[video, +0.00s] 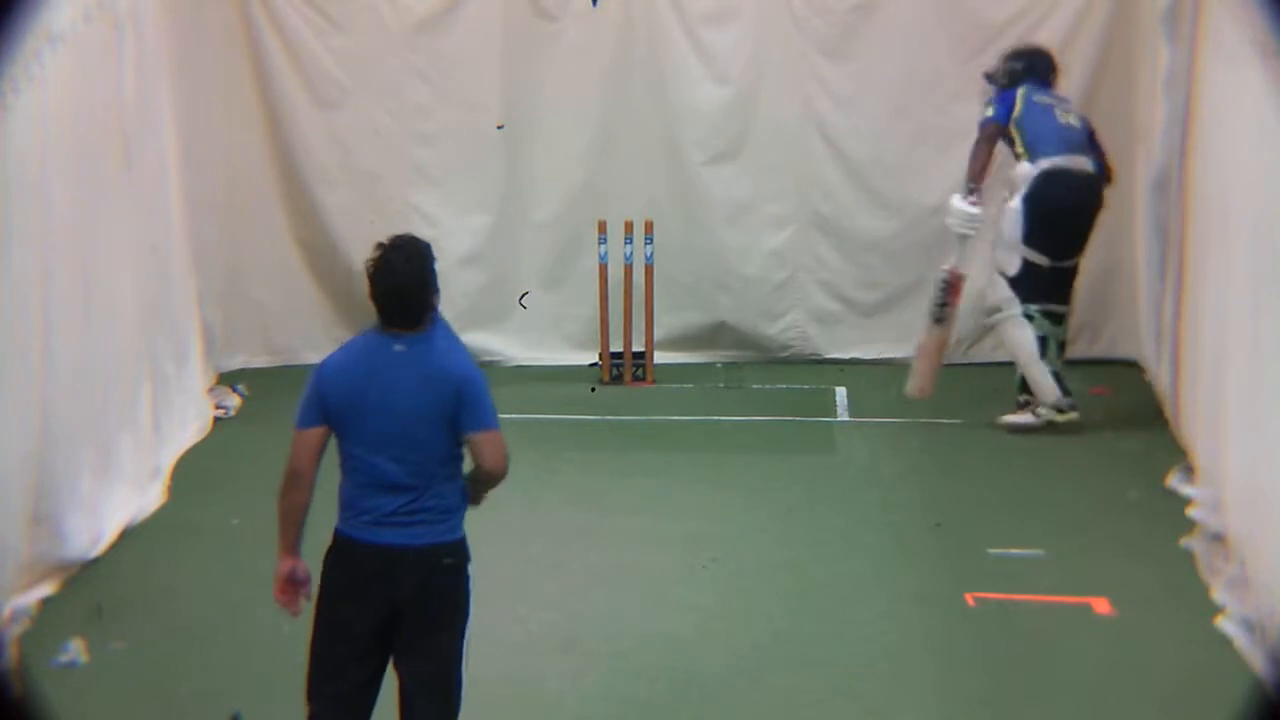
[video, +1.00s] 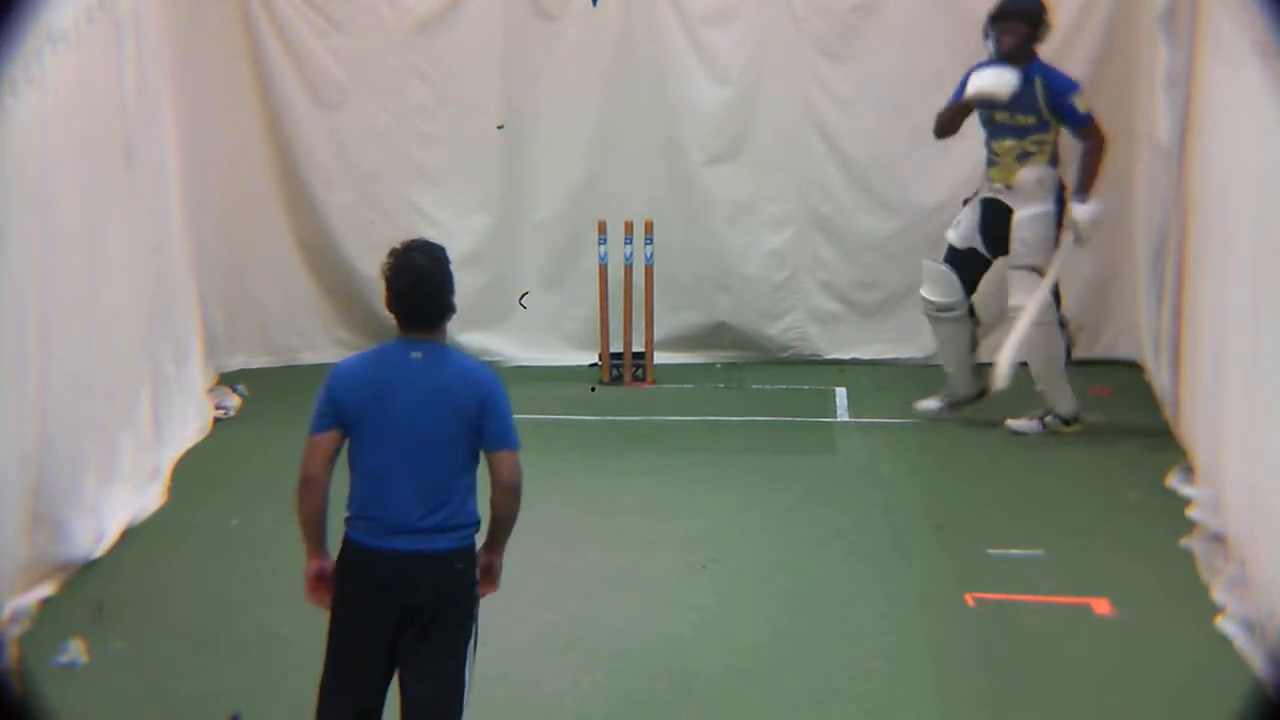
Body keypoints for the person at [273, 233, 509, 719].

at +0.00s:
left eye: (373, 280)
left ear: (372, 295)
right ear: (434, 294)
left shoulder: (337, 369)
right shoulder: (456, 368)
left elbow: (300, 470)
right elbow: (493, 464)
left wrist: (290, 552)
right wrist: (473, 488)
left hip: (357, 566)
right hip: (436, 567)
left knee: (335, 705)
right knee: (431, 707)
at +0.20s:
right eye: (437, 288)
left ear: (379, 300)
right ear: (439, 301)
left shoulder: (341, 375)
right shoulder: (467, 376)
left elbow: (305, 473)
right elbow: (509, 468)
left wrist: (314, 544)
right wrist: (483, 518)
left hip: (364, 571)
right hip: (444, 573)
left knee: (342, 704)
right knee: (434, 705)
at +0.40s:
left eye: (382, 285)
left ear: (382, 299)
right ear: (442, 299)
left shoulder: (346, 378)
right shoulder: (472, 378)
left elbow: (314, 478)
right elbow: (508, 474)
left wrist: (326, 543)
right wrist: (502, 542)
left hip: (370, 574)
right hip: (449, 576)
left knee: (346, 705)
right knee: (435, 707)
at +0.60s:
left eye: (388, 285)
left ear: (387, 299)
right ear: (449, 299)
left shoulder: (350, 377)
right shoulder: (476, 378)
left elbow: (316, 478)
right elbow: (514, 474)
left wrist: (319, 557)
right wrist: (510, 545)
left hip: (372, 575)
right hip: (451, 577)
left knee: (348, 706)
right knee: (437, 708)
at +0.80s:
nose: (387, 291)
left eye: (389, 285)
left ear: (391, 300)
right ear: (454, 301)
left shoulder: (352, 377)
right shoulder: (479, 381)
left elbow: (316, 477)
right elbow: (513, 477)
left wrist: (313, 559)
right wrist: (505, 551)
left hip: (373, 574)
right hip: (451, 577)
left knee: (350, 704)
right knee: (437, 706)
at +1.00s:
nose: (386, 293)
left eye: (386, 287)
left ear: (389, 302)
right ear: (451, 301)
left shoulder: (350, 376)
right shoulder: (478, 380)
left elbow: (312, 475)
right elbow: (508, 479)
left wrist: (316, 555)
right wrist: (494, 550)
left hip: (367, 575)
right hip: (445, 577)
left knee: (347, 705)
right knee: (435, 707)